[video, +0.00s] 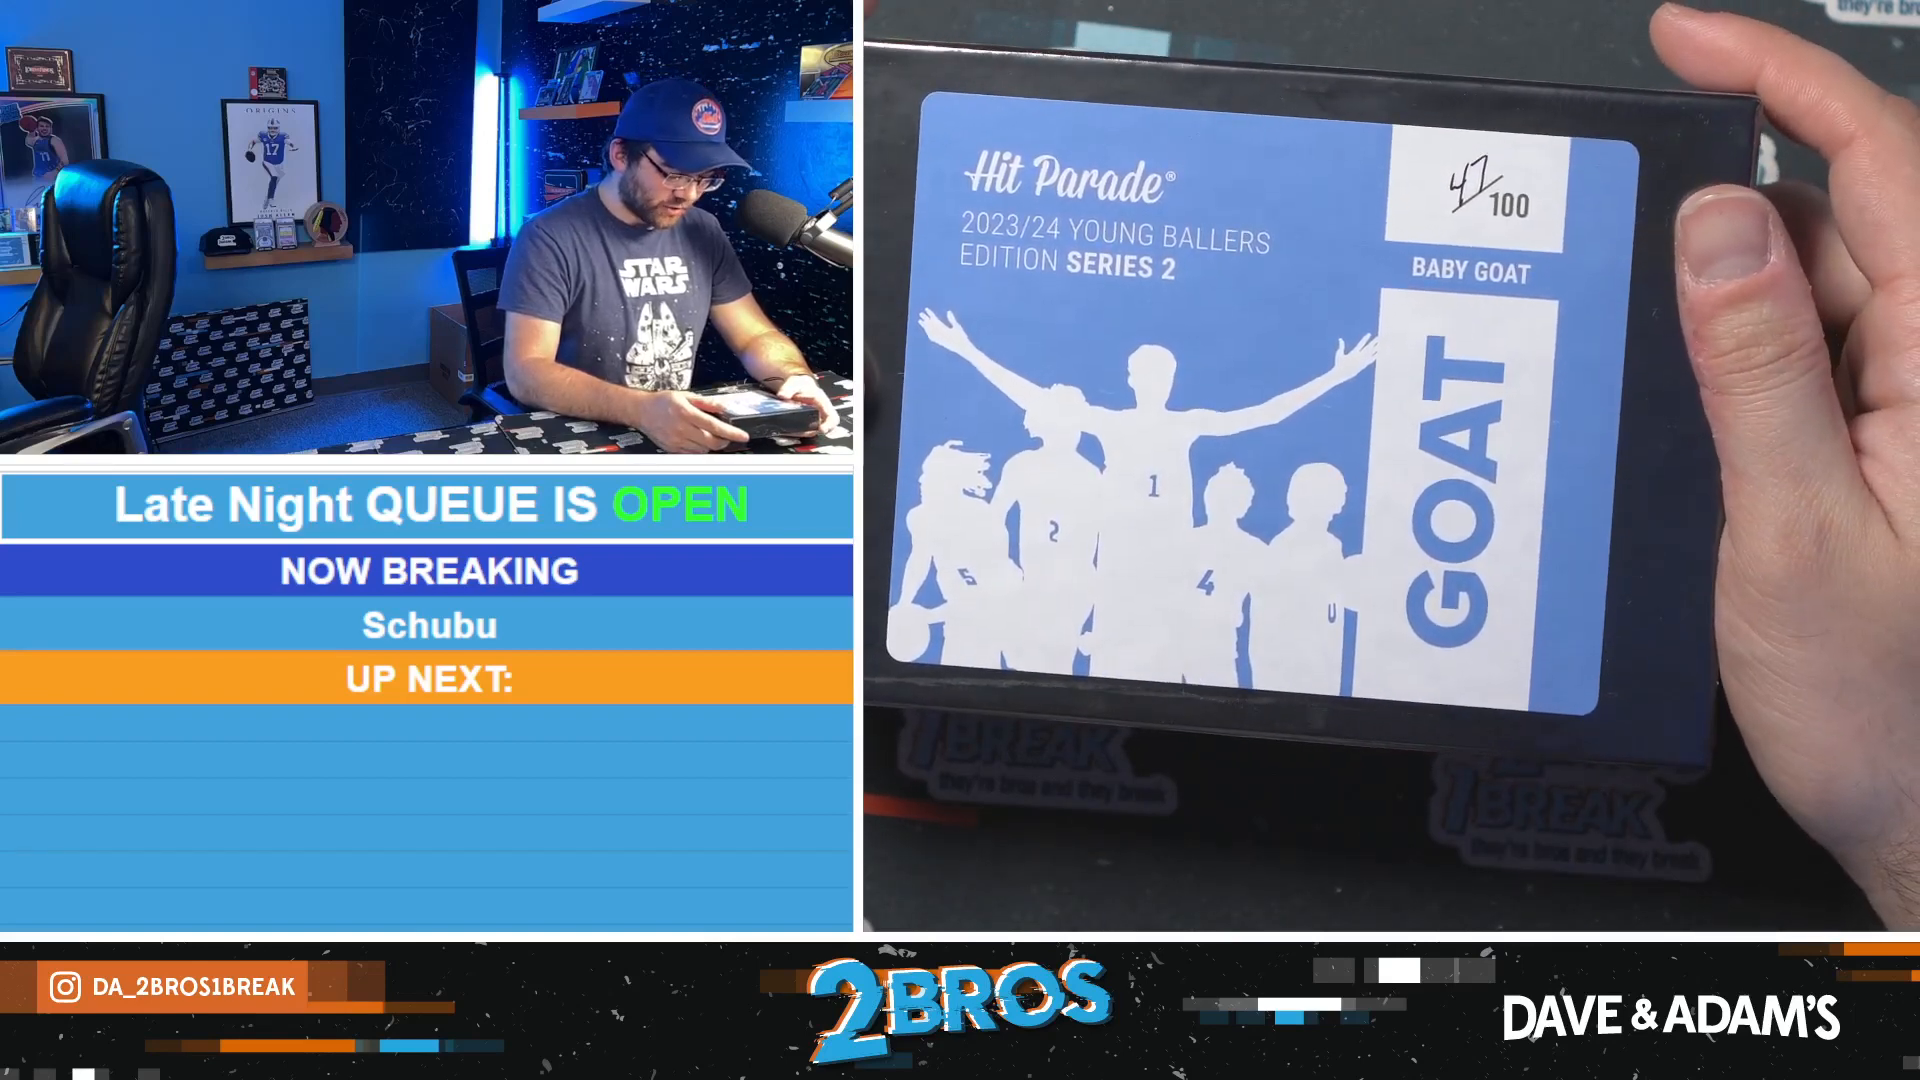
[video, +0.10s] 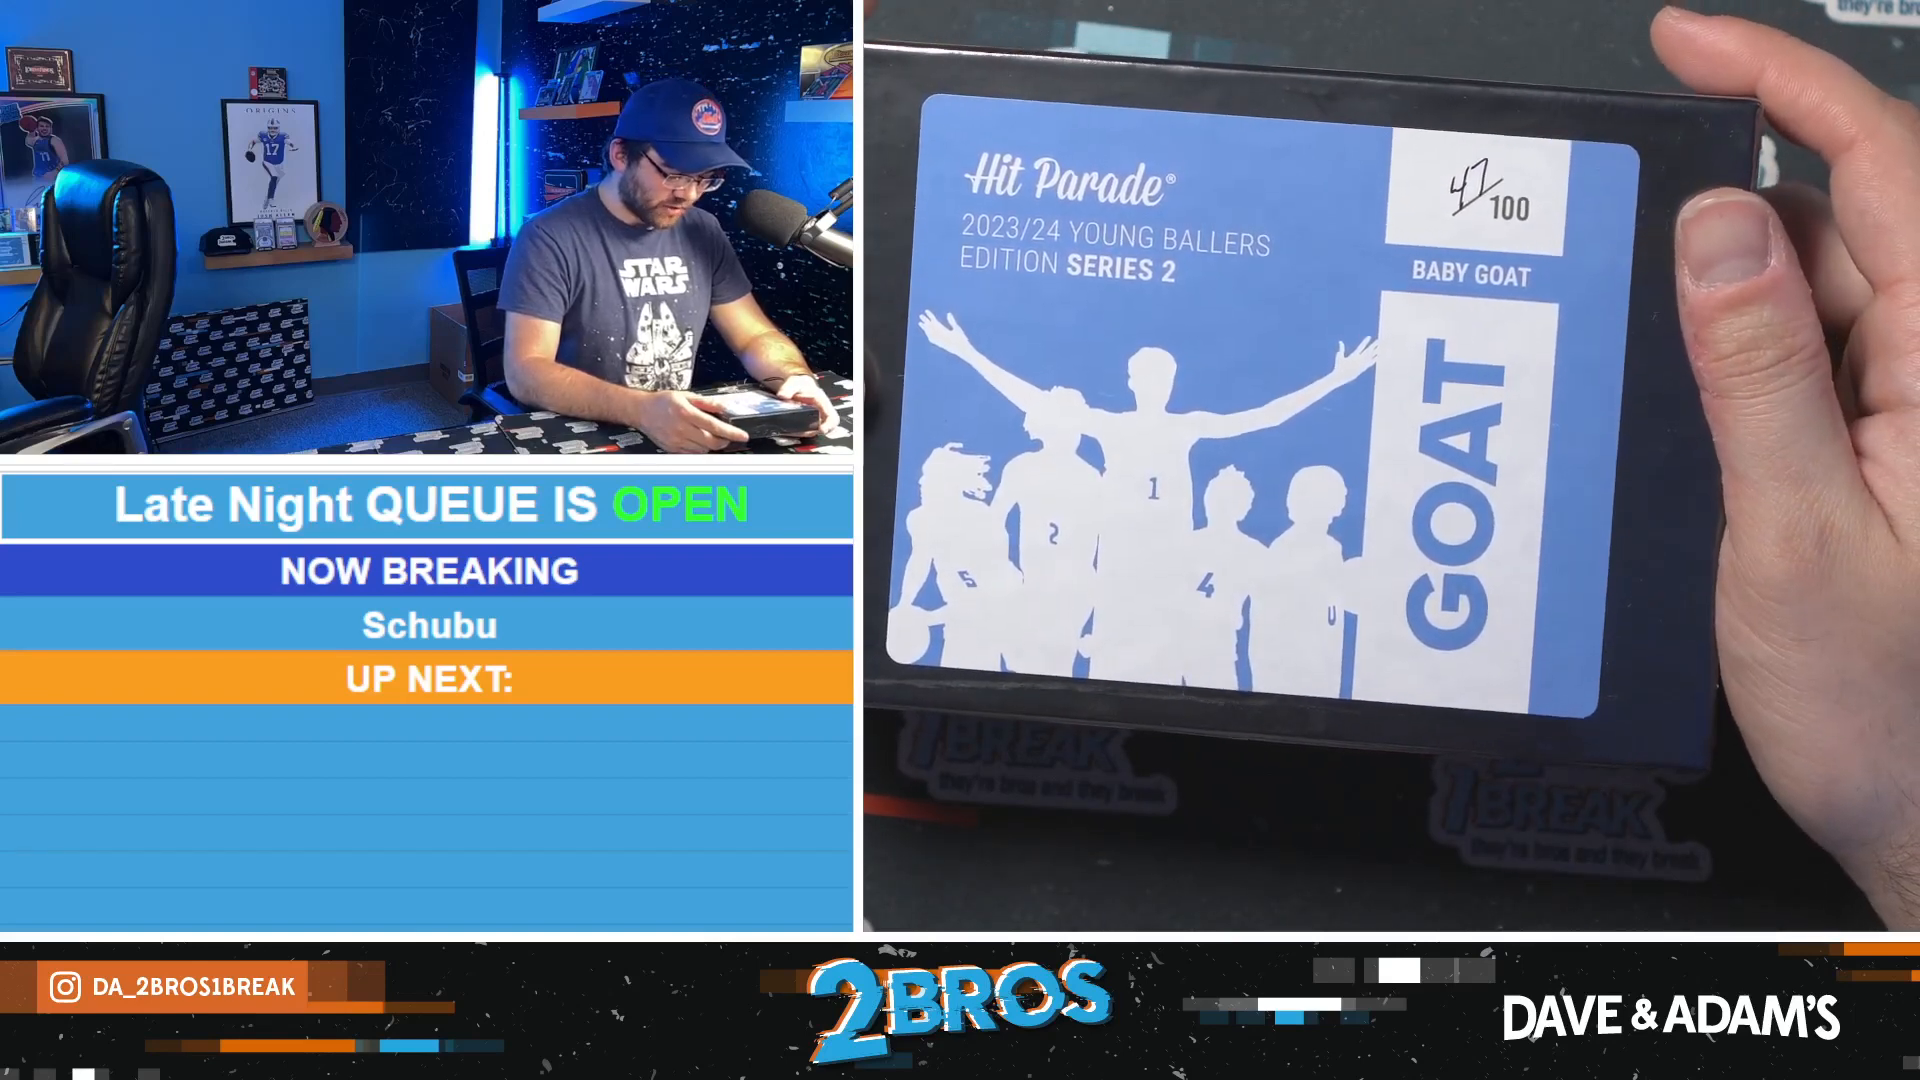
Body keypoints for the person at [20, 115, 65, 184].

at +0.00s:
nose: (44, 128)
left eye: (47, 126)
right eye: (41, 126)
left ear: (50, 128)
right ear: (37, 128)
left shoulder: (55, 140)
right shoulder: (35, 140)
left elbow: (64, 160)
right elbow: (28, 142)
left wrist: (54, 173)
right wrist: (31, 132)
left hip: (51, 177)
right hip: (37, 176)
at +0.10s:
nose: (44, 128)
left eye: (47, 126)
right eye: (41, 126)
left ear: (50, 128)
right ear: (37, 128)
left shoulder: (55, 140)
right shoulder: (35, 140)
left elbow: (64, 160)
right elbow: (28, 142)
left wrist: (54, 173)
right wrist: (31, 132)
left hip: (51, 177)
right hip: (37, 176)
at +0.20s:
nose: (44, 128)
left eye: (47, 126)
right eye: (41, 126)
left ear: (50, 128)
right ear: (37, 128)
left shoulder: (55, 140)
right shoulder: (35, 140)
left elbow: (64, 160)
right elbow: (28, 142)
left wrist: (54, 173)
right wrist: (31, 132)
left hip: (51, 177)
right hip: (37, 176)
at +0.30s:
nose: (44, 128)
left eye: (47, 126)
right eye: (41, 126)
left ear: (50, 128)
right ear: (37, 128)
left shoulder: (55, 140)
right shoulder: (35, 140)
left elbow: (64, 160)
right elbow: (28, 142)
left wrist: (54, 173)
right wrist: (31, 132)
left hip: (51, 177)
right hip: (37, 176)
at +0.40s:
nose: (44, 128)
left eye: (47, 126)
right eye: (41, 126)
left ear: (50, 128)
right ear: (37, 128)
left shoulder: (55, 140)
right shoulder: (35, 140)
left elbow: (64, 160)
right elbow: (28, 142)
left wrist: (54, 173)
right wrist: (31, 132)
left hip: (51, 177)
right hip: (37, 176)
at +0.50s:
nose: (44, 128)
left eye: (47, 126)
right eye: (41, 126)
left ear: (50, 128)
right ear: (37, 128)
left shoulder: (55, 140)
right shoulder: (35, 140)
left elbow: (64, 160)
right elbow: (28, 142)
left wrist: (54, 173)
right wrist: (31, 132)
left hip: (51, 177)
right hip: (37, 176)